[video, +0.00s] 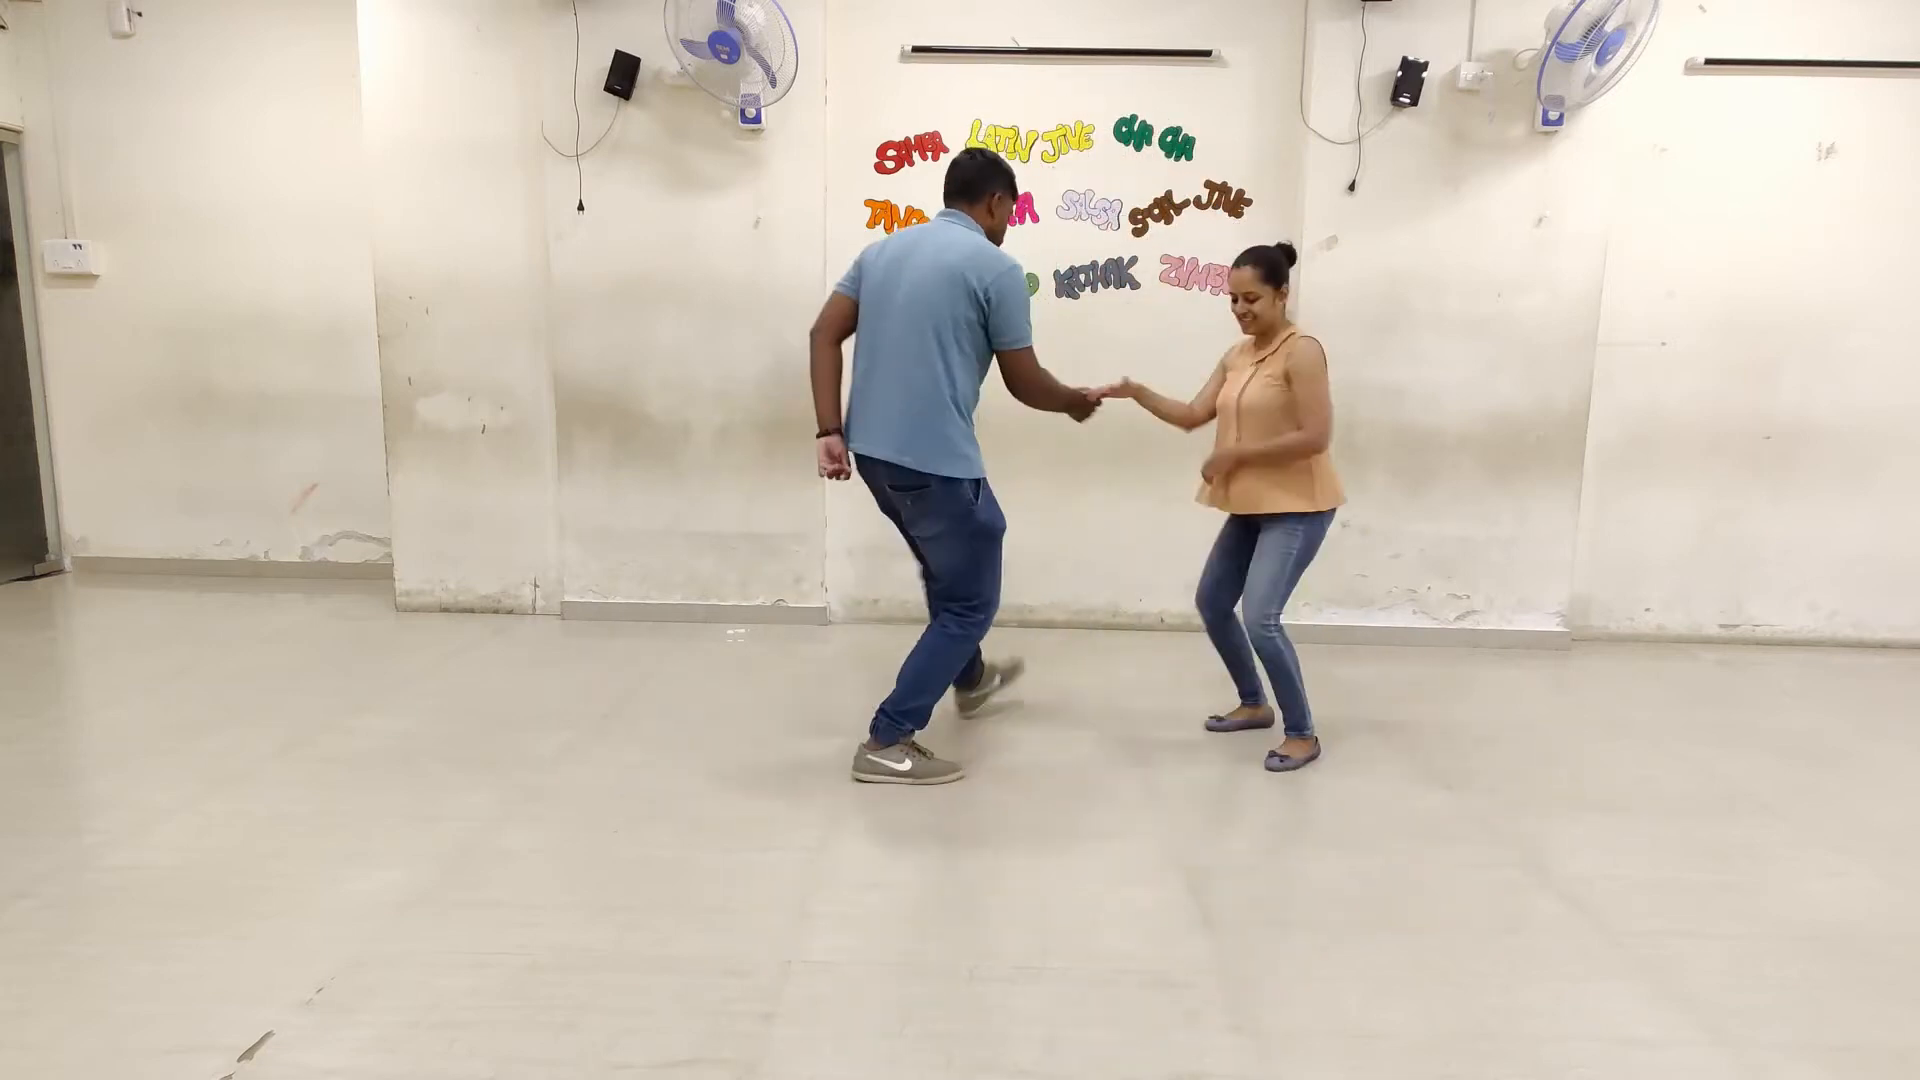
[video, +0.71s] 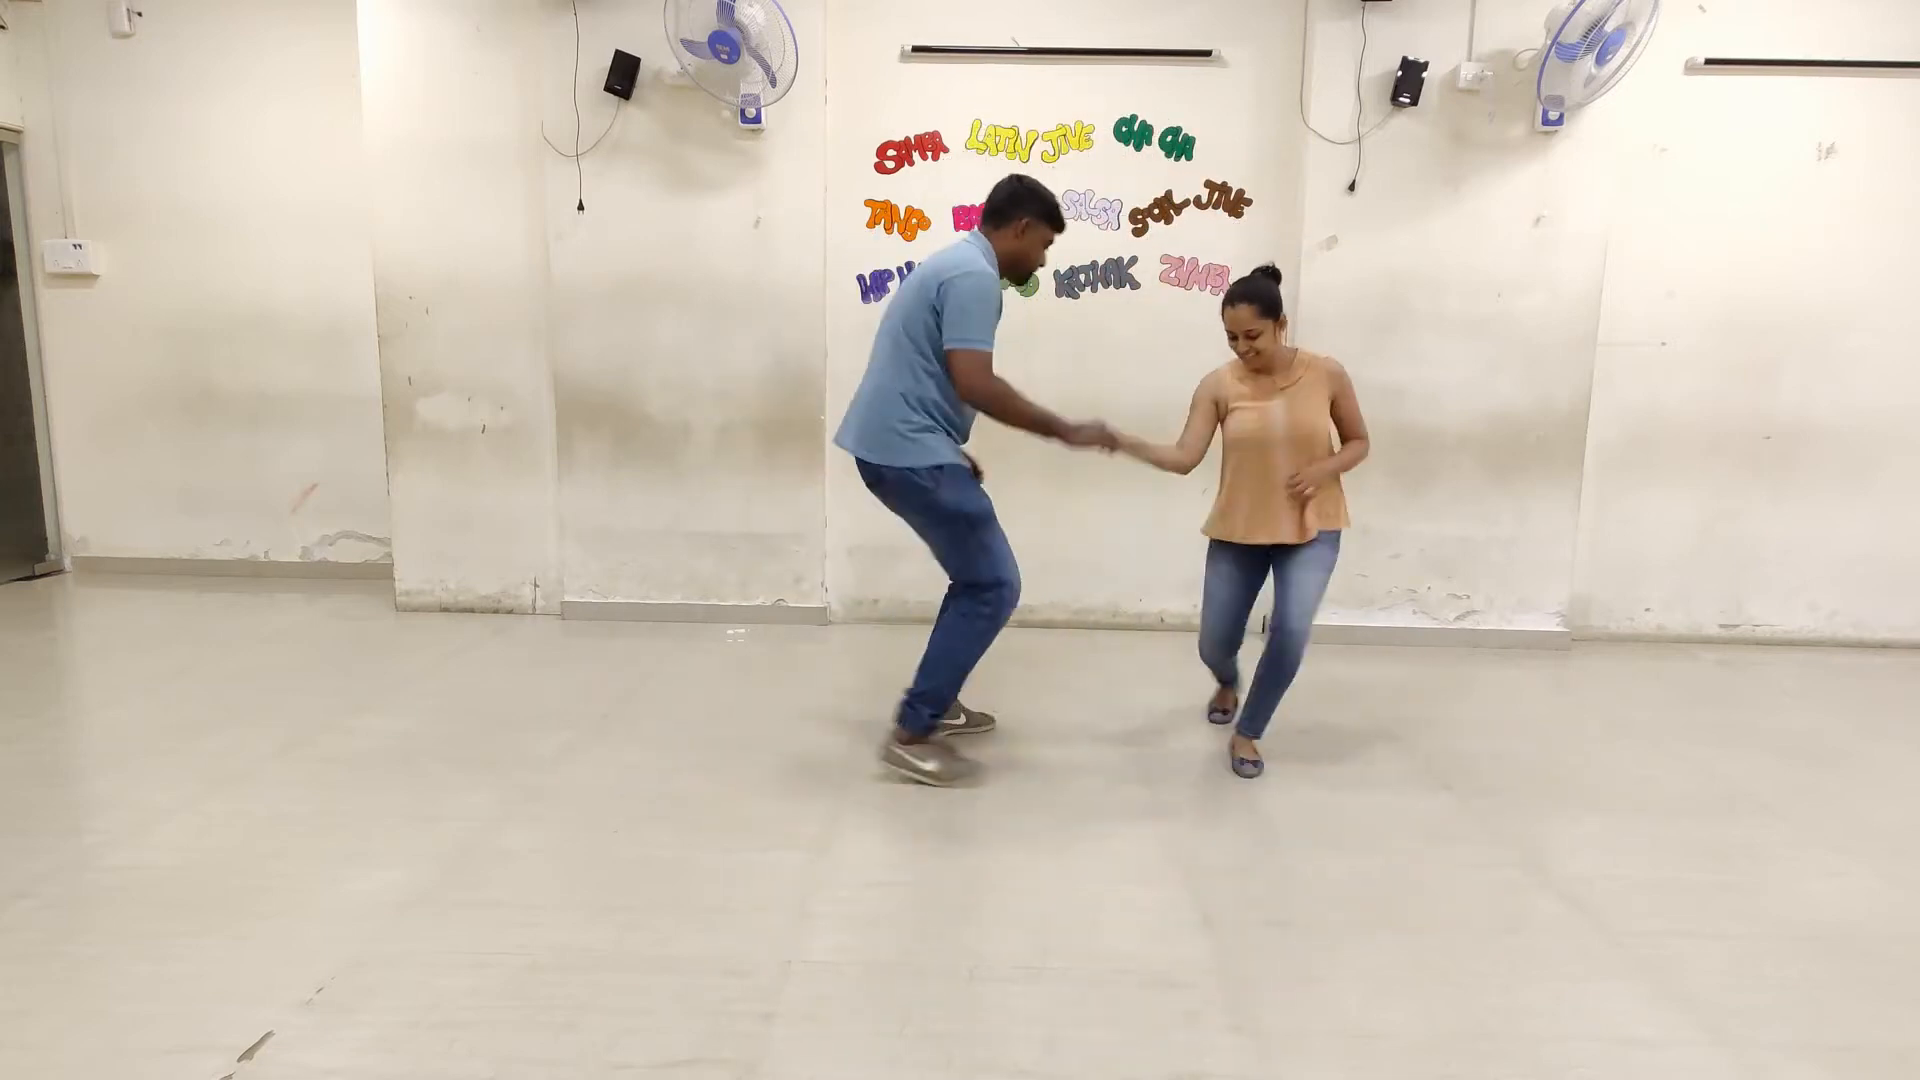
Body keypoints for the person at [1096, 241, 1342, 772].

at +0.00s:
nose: (1238, 309)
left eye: (1249, 299)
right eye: (1233, 299)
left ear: (1281, 295)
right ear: (1231, 297)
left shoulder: (1303, 351)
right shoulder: (1237, 355)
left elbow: (1317, 437)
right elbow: (1190, 416)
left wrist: (1235, 454)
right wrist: (1135, 389)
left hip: (1300, 507)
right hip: (1250, 507)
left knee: (1260, 617)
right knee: (1212, 602)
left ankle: (1301, 736)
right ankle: (1254, 705)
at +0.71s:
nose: (1243, 346)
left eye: (1253, 335)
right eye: (1233, 336)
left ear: (1280, 323)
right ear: (1224, 328)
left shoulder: (1326, 374)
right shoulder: (1218, 386)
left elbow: (1358, 444)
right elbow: (1184, 457)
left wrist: (1325, 469)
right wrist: (1123, 442)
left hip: (1310, 530)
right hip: (1238, 530)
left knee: (1290, 639)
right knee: (1214, 647)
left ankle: (1248, 735)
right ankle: (1229, 684)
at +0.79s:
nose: (1245, 338)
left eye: (1254, 325)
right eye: (1235, 328)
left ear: (1281, 312)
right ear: (1225, 320)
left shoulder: (1326, 363)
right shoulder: (1219, 377)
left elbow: (1349, 426)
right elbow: (1191, 453)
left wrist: (1336, 456)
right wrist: (1138, 420)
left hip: (1308, 525)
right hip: (1237, 526)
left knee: (1303, 633)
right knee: (1231, 635)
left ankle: (1236, 733)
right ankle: (1203, 675)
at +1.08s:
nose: (1248, 323)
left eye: (1259, 311)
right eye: (1239, 312)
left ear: (1287, 303)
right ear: (1231, 306)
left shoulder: (1321, 354)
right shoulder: (1220, 364)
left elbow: (1337, 421)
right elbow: (1187, 440)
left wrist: (1320, 452)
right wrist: (1159, 380)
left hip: (1292, 515)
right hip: (1224, 513)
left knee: (1289, 626)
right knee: (1223, 622)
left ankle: (1223, 736)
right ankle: (1175, 685)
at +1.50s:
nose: (1219, 290)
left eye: (1229, 281)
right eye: (1222, 279)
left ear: (1262, 291)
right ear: (1258, 290)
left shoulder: (1267, 346)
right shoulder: (1255, 343)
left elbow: (1257, 435)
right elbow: (1216, 415)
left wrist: (1205, 450)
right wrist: (1137, 412)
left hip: (1282, 502)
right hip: (1259, 500)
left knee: (1230, 621)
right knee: (1200, 589)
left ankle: (1293, 744)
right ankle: (1223, 704)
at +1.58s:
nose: (1222, 279)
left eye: (1231, 270)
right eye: (1224, 268)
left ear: (1263, 280)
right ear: (1264, 280)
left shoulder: (1257, 334)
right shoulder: (1273, 326)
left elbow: (1236, 429)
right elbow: (1209, 393)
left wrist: (1207, 433)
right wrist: (1134, 386)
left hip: (1267, 490)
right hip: (1288, 486)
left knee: (1238, 618)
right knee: (1216, 583)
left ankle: (1292, 745)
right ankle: (1224, 703)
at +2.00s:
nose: (1246, 286)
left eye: (1261, 279)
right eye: (1241, 274)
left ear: (1284, 288)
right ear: (1231, 276)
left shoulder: (1299, 344)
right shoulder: (1212, 341)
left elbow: (1316, 428)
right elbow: (1148, 379)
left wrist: (1230, 435)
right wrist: (1101, 410)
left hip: (1281, 507)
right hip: (1220, 501)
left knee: (1247, 621)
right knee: (1191, 605)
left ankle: (1223, 729)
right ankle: (1216, 696)